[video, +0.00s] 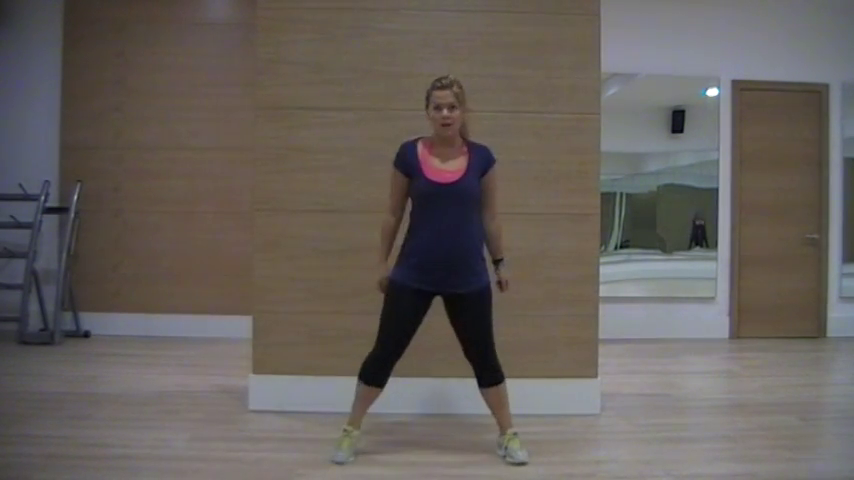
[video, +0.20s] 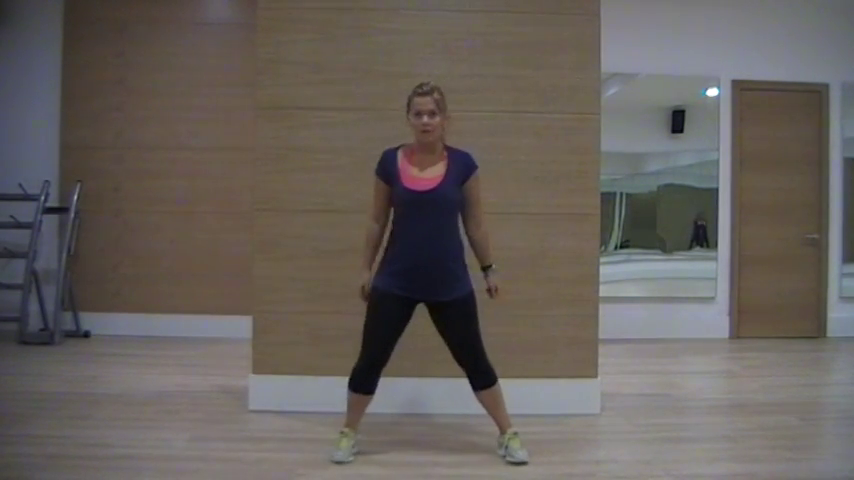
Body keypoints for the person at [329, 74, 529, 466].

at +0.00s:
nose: (445, 114)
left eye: (452, 107)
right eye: (437, 108)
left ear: (463, 111)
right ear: (427, 113)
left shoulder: (480, 157)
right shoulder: (410, 155)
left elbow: (490, 215)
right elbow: (394, 213)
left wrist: (500, 264)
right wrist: (383, 264)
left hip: (466, 272)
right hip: (415, 270)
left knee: (484, 356)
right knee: (385, 352)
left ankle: (508, 434)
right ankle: (351, 430)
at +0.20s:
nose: (425, 121)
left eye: (432, 114)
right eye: (418, 114)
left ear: (444, 118)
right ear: (408, 119)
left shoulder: (462, 163)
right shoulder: (392, 161)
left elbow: (474, 222)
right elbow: (377, 220)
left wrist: (489, 270)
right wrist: (367, 272)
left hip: (448, 278)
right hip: (396, 277)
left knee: (474, 359)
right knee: (370, 359)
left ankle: (508, 433)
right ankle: (348, 433)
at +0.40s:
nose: (402, 130)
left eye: (410, 123)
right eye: (395, 123)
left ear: (423, 127)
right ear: (386, 128)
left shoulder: (440, 170)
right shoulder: (374, 170)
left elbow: (459, 226)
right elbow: (367, 228)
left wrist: (477, 271)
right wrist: (361, 279)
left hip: (431, 284)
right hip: (380, 283)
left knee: (467, 363)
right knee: (354, 362)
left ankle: (506, 434)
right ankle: (347, 434)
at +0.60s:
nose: (382, 155)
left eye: (390, 147)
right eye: (375, 147)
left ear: (405, 152)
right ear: (366, 151)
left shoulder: (421, 192)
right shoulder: (358, 192)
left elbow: (446, 242)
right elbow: (360, 247)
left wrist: (469, 284)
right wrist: (361, 289)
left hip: (423, 295)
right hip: (374, 295)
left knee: (466, 365)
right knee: (342, 362)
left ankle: (506, 435)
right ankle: (346, 434)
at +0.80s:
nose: (375, 184)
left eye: (382, 177)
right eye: (368, 177)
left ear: (395, 181)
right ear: (358, 180)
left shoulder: (413, 218)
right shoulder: (349, 215)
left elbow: (440, 259)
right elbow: (354, 261)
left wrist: (462, 294)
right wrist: (357, 299)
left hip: (423, 303)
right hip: (373, 304)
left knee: (469, 365)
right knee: (341, 362)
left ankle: (506, 435)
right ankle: (346, 435)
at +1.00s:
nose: (381, 213)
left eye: (388, 206)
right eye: (374, 206)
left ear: (400, 208)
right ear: (363, 207)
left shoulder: (419, 241)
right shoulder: (352, 239)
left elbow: (446, 274)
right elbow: (352, 276)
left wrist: (466, 301)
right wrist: (351, 315)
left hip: (426, 310)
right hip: (378, 312)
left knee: (474, 366)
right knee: (344, 365)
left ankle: (507, 437)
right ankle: (346, 435)